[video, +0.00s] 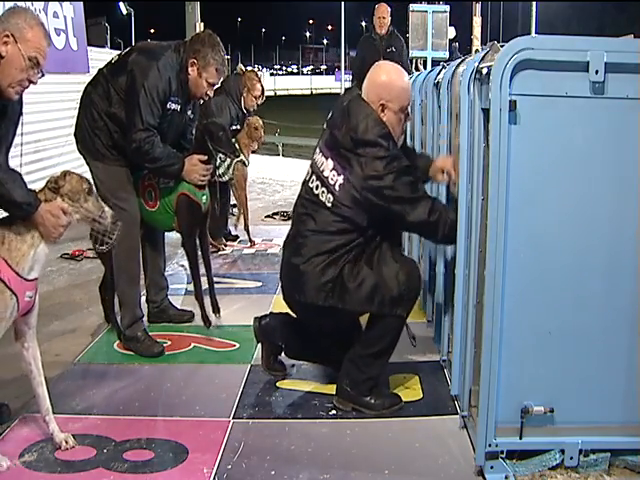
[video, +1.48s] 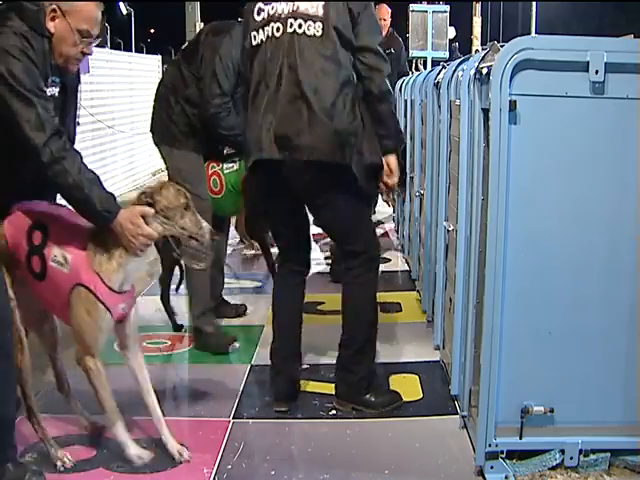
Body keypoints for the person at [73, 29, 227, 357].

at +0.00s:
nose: (211, 93)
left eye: (216, 86)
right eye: (209, 84)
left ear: (196, 65)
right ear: (191, 67)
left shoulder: (192, 79)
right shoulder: (152, 70)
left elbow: (183, 134)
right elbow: (139, 140)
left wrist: (192, 162)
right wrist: (181, 165)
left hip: (139, 137)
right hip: (103, 134)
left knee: (152, 216)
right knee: (127, 218)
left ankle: (158, 303)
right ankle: (131, 324)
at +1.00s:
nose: (240, 71)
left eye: (245, 65)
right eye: (238, 63)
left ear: (230, 50)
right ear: (220, 46)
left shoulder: (221, 70)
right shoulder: (182, 54)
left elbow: (216, 122)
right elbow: (169, 120)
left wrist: (223, 145)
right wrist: (208, 149)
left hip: (183, 144)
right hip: (142, 139)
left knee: (199, 217)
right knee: (152, 219)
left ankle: (210, 301)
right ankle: (134, 324)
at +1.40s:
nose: (272, 52)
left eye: (275, 45)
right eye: (270, 44)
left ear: (261, 39)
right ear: (256, 37)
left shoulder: (257, 56)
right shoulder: (222, 42)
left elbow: (252, 108)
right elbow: (208, 106)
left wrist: (255, 138)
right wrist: (241, 141)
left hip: (209, 134)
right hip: (173, 127)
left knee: (214, 212)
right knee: (190, 213)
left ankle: (211, 300)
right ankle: (169, 315)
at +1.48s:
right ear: (263, 23)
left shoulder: (259, 47)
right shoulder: (226, 38)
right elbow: (215, 106)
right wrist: (251, 142)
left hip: (208, 134)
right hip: (179, 129)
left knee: (217, 216)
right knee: (199, 220)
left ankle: (213, 300)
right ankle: (202, 322)